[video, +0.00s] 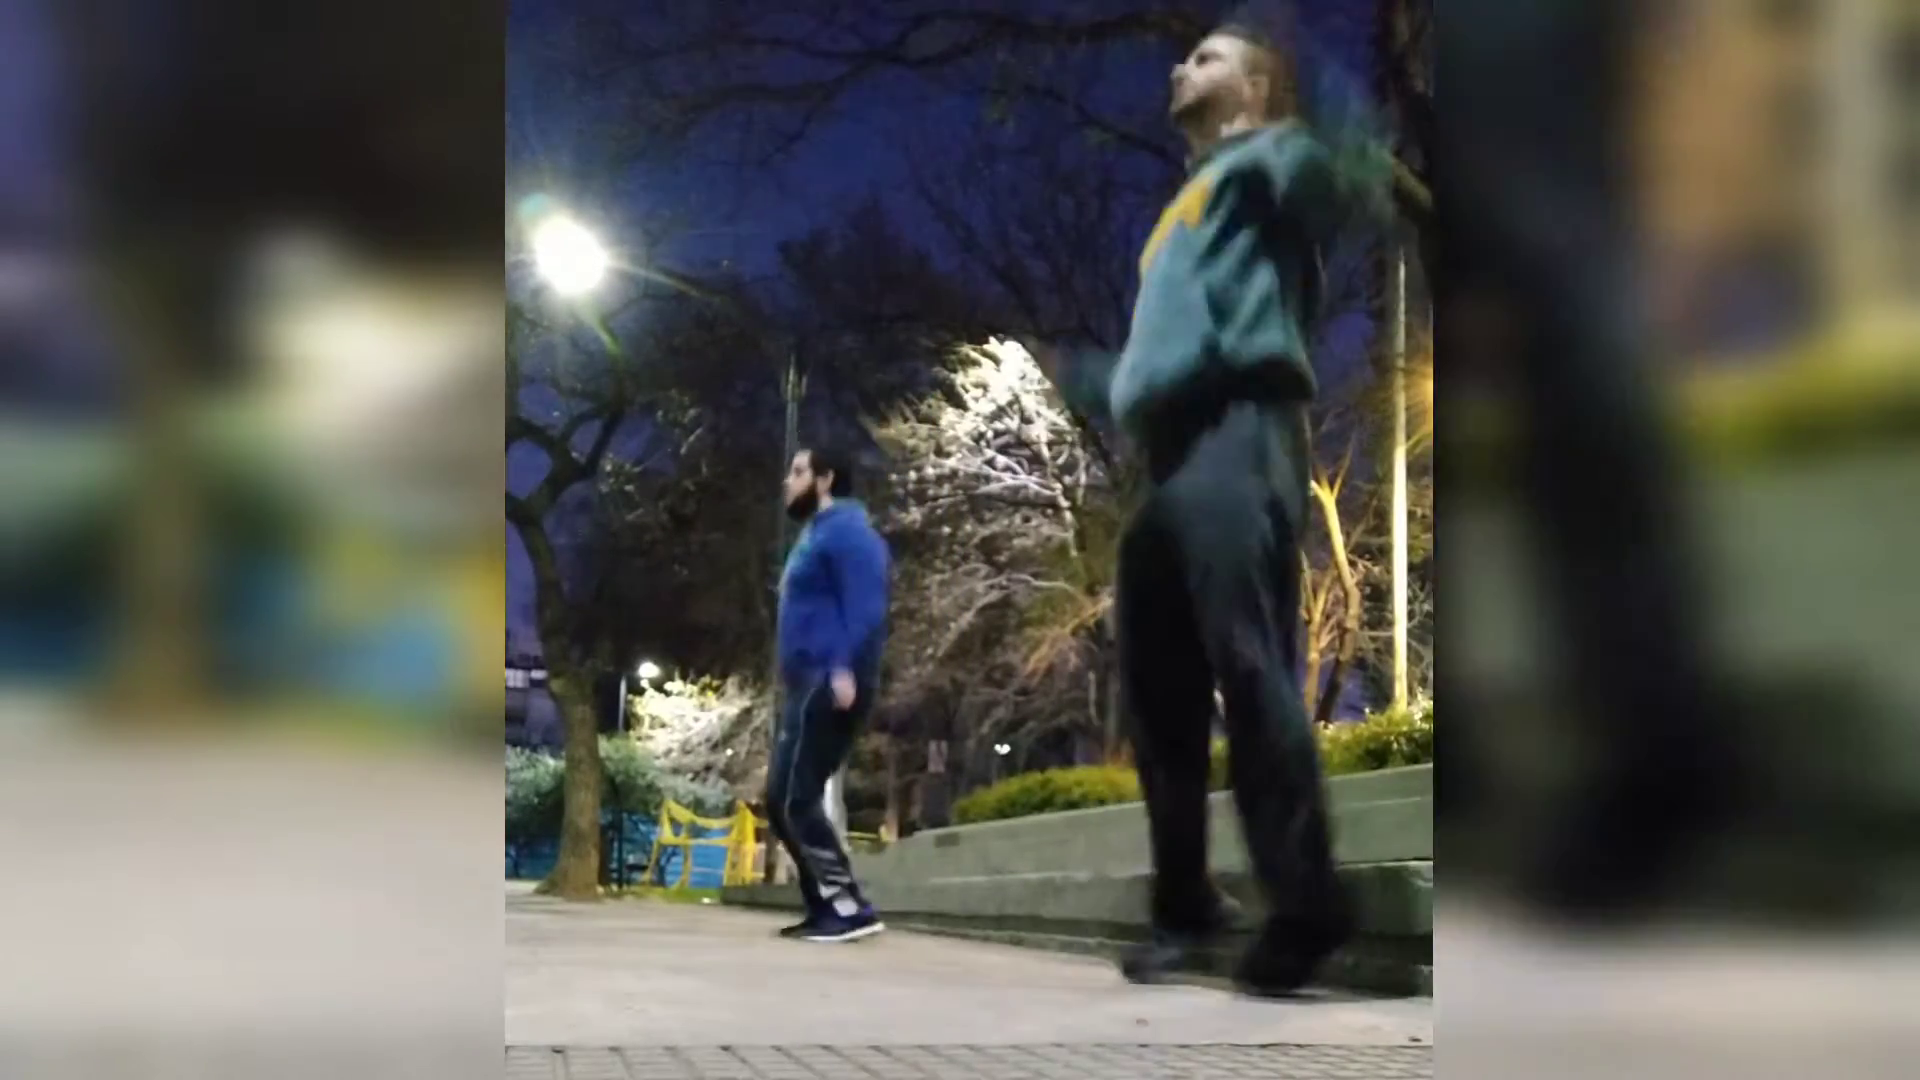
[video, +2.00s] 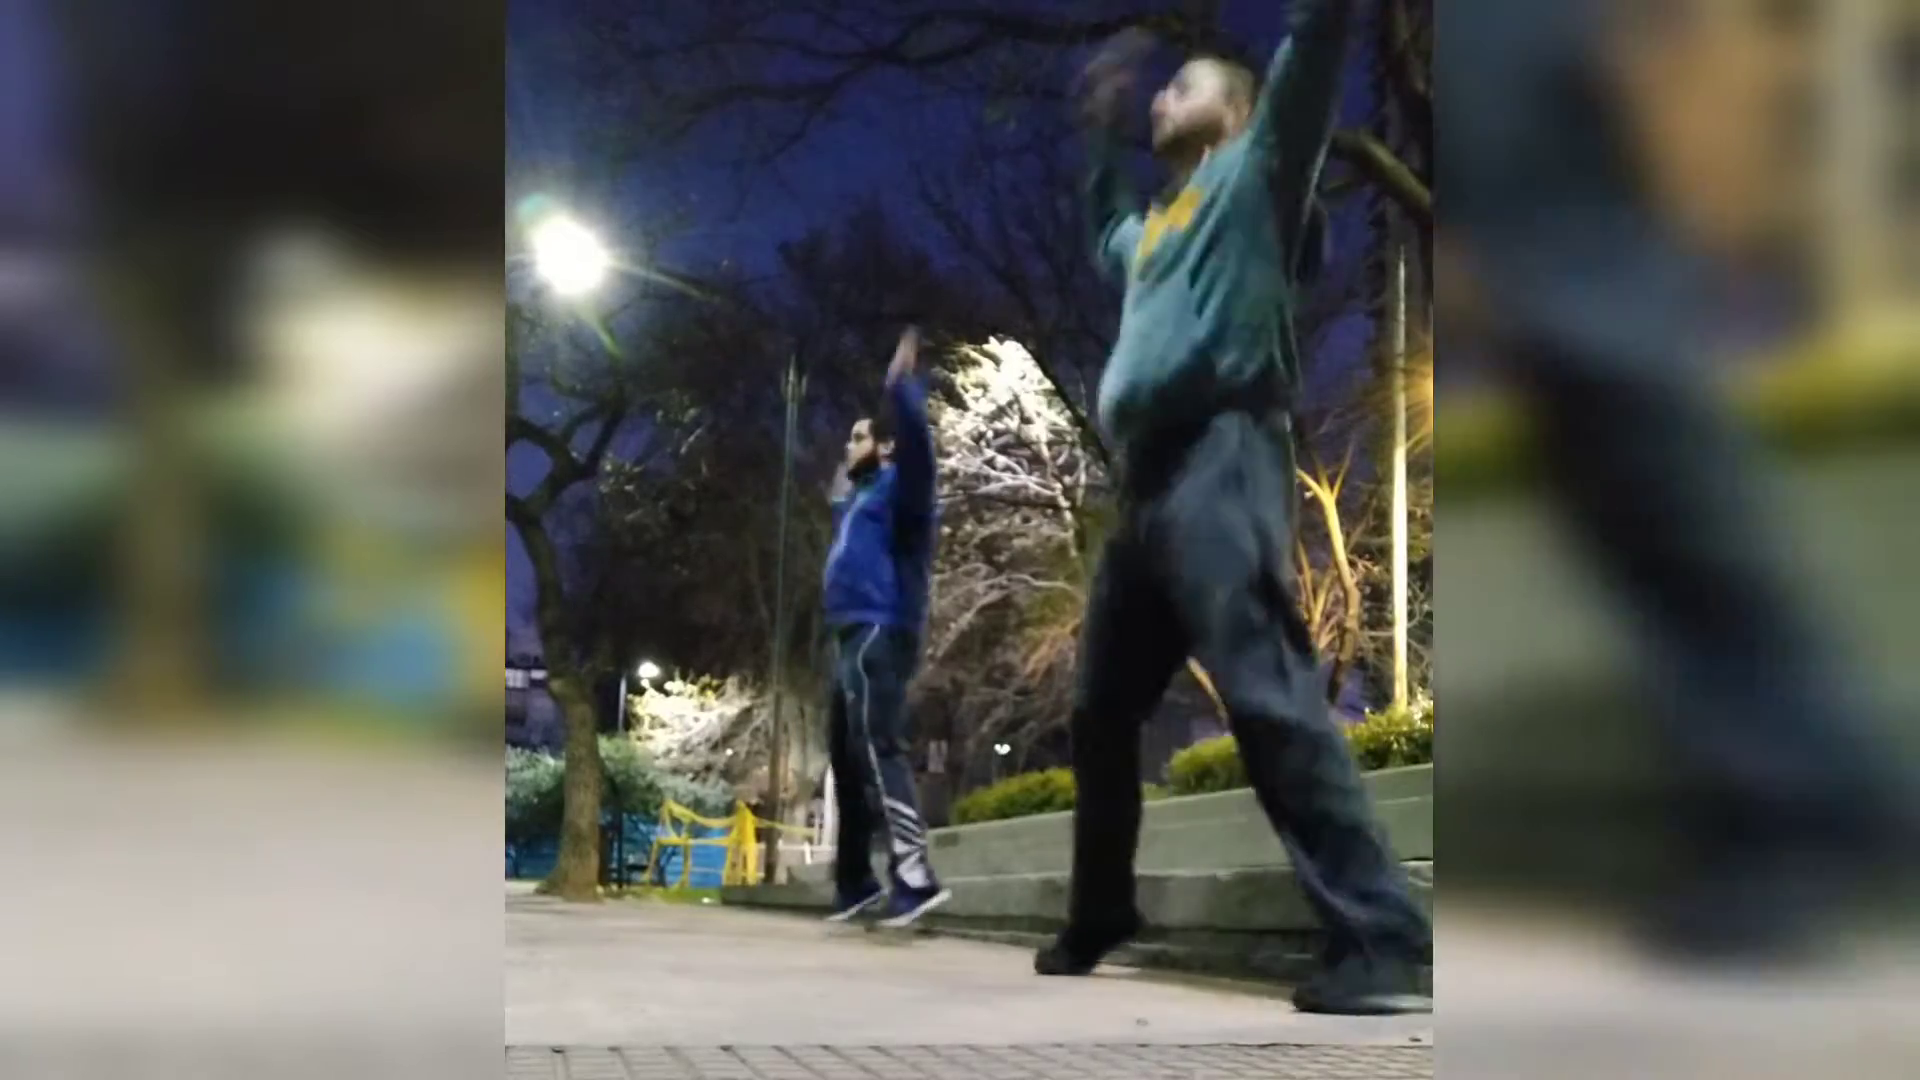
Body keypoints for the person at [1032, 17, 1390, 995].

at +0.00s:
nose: (1185, 68)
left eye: (1209, 55)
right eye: (1185, 58)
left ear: (1262, 85)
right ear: (1185, 95)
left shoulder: (1268, 157)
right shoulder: (1183, 206)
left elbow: (1333, 194)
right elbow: (1162, 355)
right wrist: (1092, 374)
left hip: (1242, 423)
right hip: (1167, 443)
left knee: (1247, 662)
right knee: (1161, 687)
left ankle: (1305, 908)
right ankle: (1185, 915)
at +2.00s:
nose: (1170, 93)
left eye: (1193, 83)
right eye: (1171, 86)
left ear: (1240, 109)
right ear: (1170, 118)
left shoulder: (1258, 169)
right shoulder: (1145, 229)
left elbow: (1314, 39)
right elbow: (1105, 225)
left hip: (1224, 456)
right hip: (1147, 479)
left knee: (1267, 699)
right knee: (1103, 713)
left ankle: (1384, 945)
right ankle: (1098, 915)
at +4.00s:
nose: (1207, 109)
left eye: (1228, 98)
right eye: (1207, 100)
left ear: (1275, 122)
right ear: (1209, 134)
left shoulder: (1295, 194)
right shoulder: (1193, 242)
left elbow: (1346, 61)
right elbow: (1163, 236)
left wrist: (1358, 12)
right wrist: (1139, 159)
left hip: (1269, 472)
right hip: (1191, 490)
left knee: (1306, 702)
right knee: (1167, 714)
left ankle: (1402, 948)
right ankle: (1186, 930)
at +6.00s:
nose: (1204, 74)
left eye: (1226, 61)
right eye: (1205, 64)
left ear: (1279, 86)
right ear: (1221, 99)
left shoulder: (1287, 147)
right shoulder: (1218, 203)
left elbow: (1374, 173)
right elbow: (1202, 354)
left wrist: (1377, 261)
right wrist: (1119, 416)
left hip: (1284, 423)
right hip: (1218, 445)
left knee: (1287, 665)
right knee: (1198, 690)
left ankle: (1344, 918)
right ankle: (1239, 917)